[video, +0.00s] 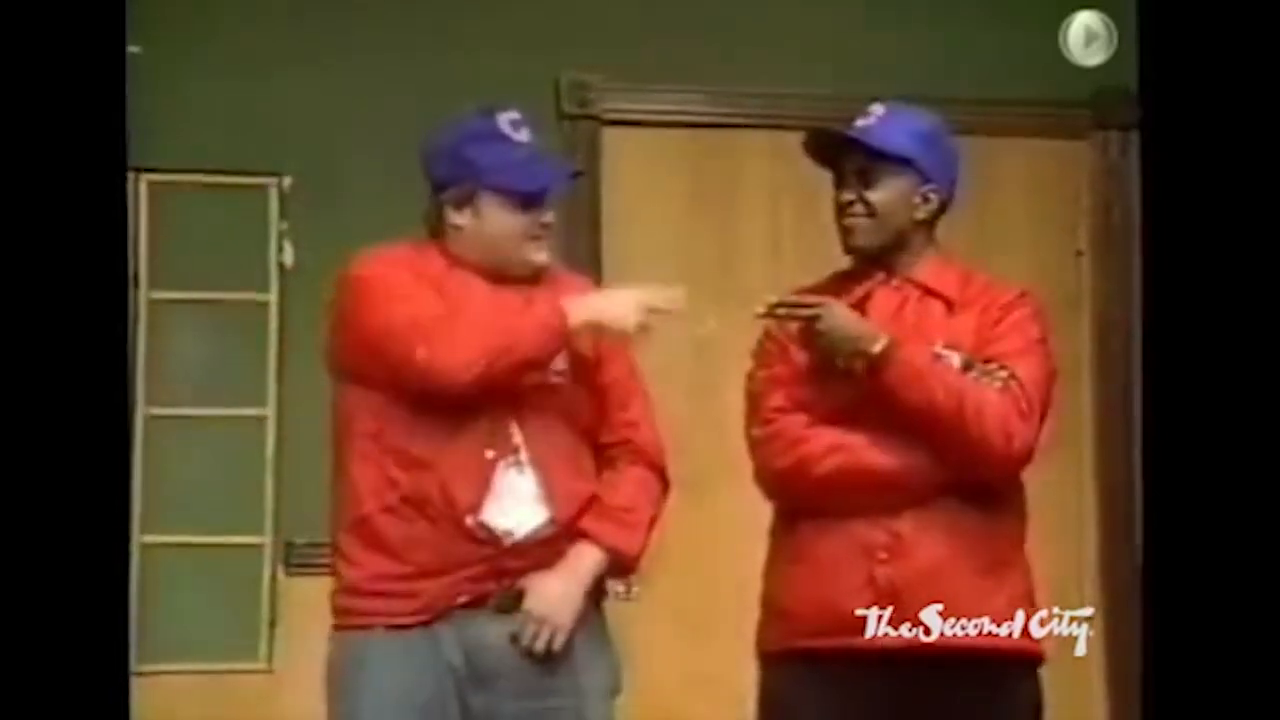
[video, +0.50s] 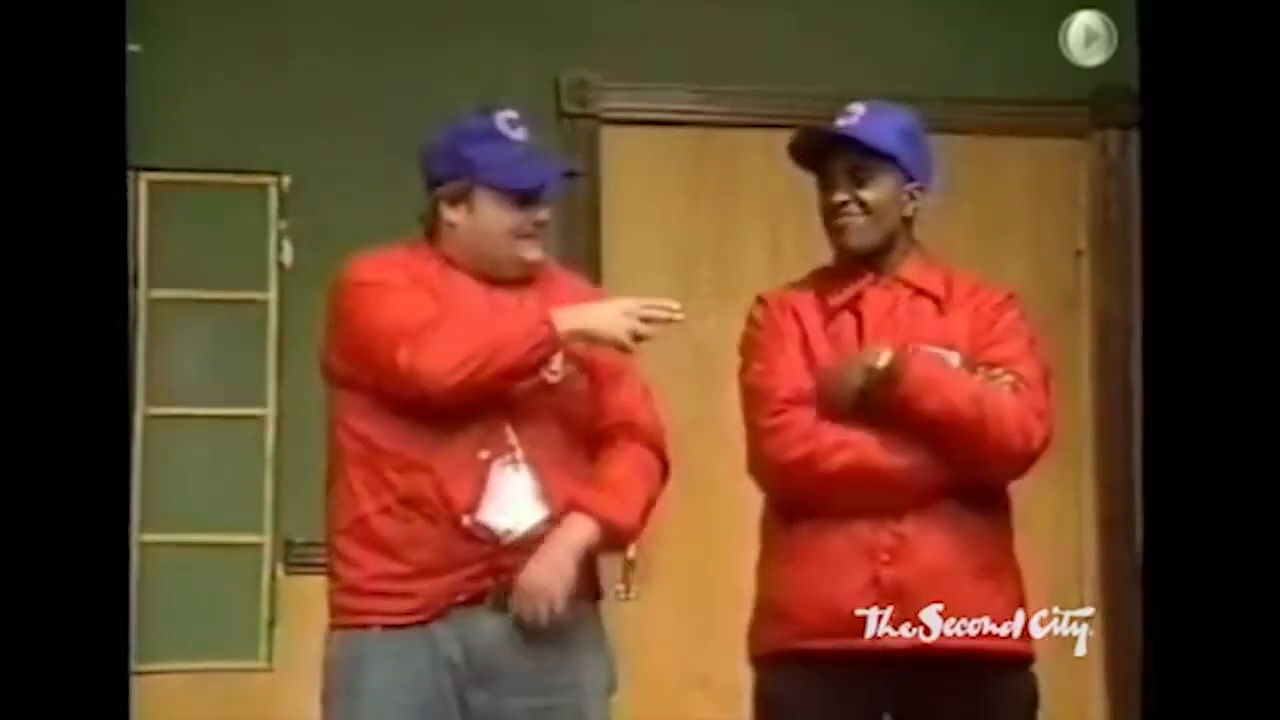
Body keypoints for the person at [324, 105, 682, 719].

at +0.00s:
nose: (547, 217)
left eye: (547, 201)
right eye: (525, 203)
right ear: (459, 211)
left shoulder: (574, 298)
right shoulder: (379, 283)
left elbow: (638, 457)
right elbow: (450, 360)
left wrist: (577, 571)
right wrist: (574, 317)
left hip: (545, 623)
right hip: (397, 634)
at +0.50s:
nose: (541, 215)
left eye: (544, 199)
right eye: (520, 200)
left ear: (552, 200)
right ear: (453, 208)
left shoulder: (569, 296)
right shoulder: (374, 283)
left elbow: (637, 441)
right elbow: (433, 370)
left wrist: (570, 540)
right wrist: (561, 322)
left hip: (547, 625)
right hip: (394, 633)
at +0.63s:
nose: (539, 212)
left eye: (541, 196)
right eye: (517, 197)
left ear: (550, 199)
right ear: (450, 206)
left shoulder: (572, 292)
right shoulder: (374, 283)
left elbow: (634, 418)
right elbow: (434, 362)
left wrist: (548, 486)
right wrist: (566, 320)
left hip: (549, 623)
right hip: (395, 631)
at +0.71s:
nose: (528, 210)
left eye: (534, 192)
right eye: (504, 194)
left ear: (547, 198)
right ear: (444, 202)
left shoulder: (571, 287)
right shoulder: (375, 280)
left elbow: (608, 403)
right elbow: (444, 354)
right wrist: (587, 324)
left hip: (547, 611)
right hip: (395, 620)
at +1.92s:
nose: (444, 204)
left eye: (469, 187)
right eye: (436, 185)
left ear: (523, 202)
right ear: (423, 194)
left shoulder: (580, 287)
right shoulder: (380, 279)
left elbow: (579, 428)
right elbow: (397, 388)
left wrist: (414, 418)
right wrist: (552, 375)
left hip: (544, 616)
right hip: (387, 619)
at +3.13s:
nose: (511, 187)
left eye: (513, 165)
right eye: (481, 178)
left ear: (530, 169)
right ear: (433, 204)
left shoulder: (583, 279)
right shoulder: (379, 273)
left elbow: (582, 411)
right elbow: (393, 374)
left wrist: (428, 394)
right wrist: (551, 360)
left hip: (550, 614)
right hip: (391, 617)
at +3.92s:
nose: (534, 161)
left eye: (533, 144)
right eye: (509, 147)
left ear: (539, 152)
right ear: (447, 169)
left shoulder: (578, 263)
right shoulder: (373, 256)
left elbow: (605, 383)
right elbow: (428, 348)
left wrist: (452, 380)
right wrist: (574, 333)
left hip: (554, 614)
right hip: (396, 617)